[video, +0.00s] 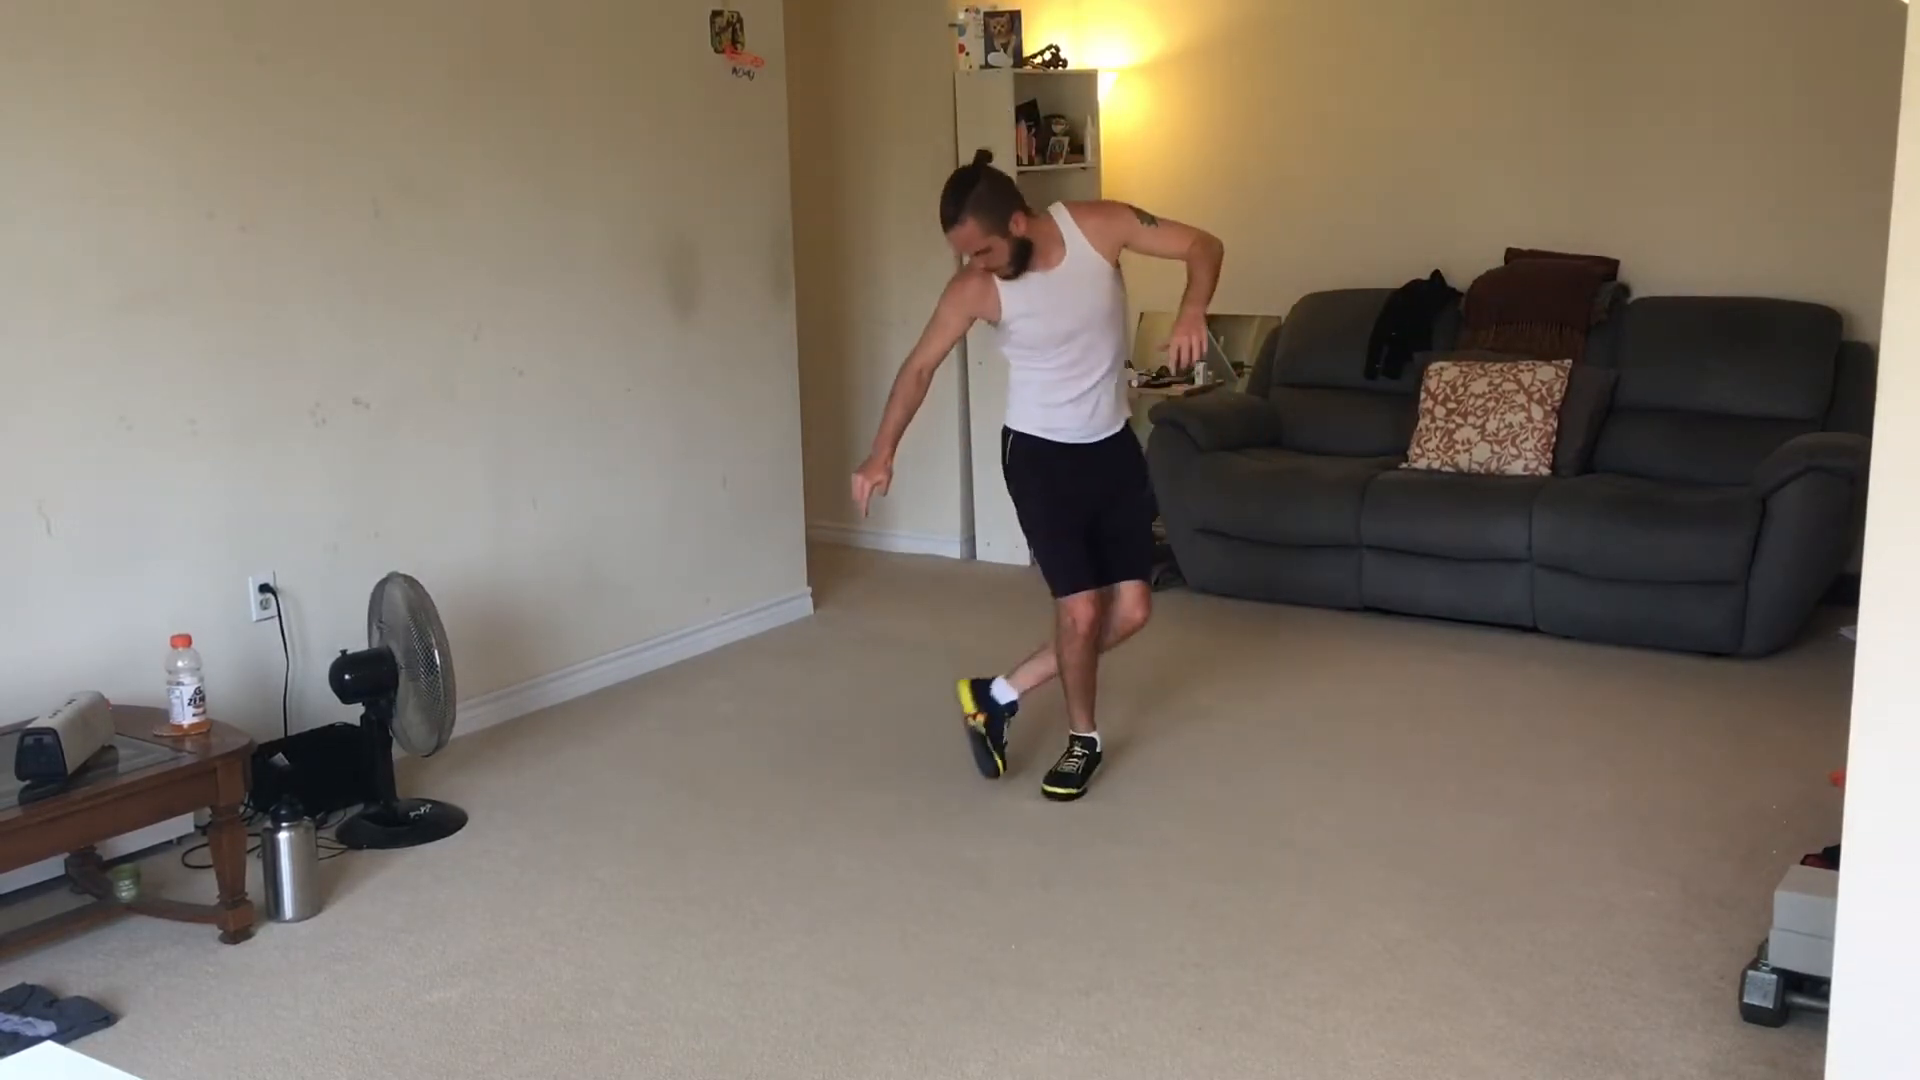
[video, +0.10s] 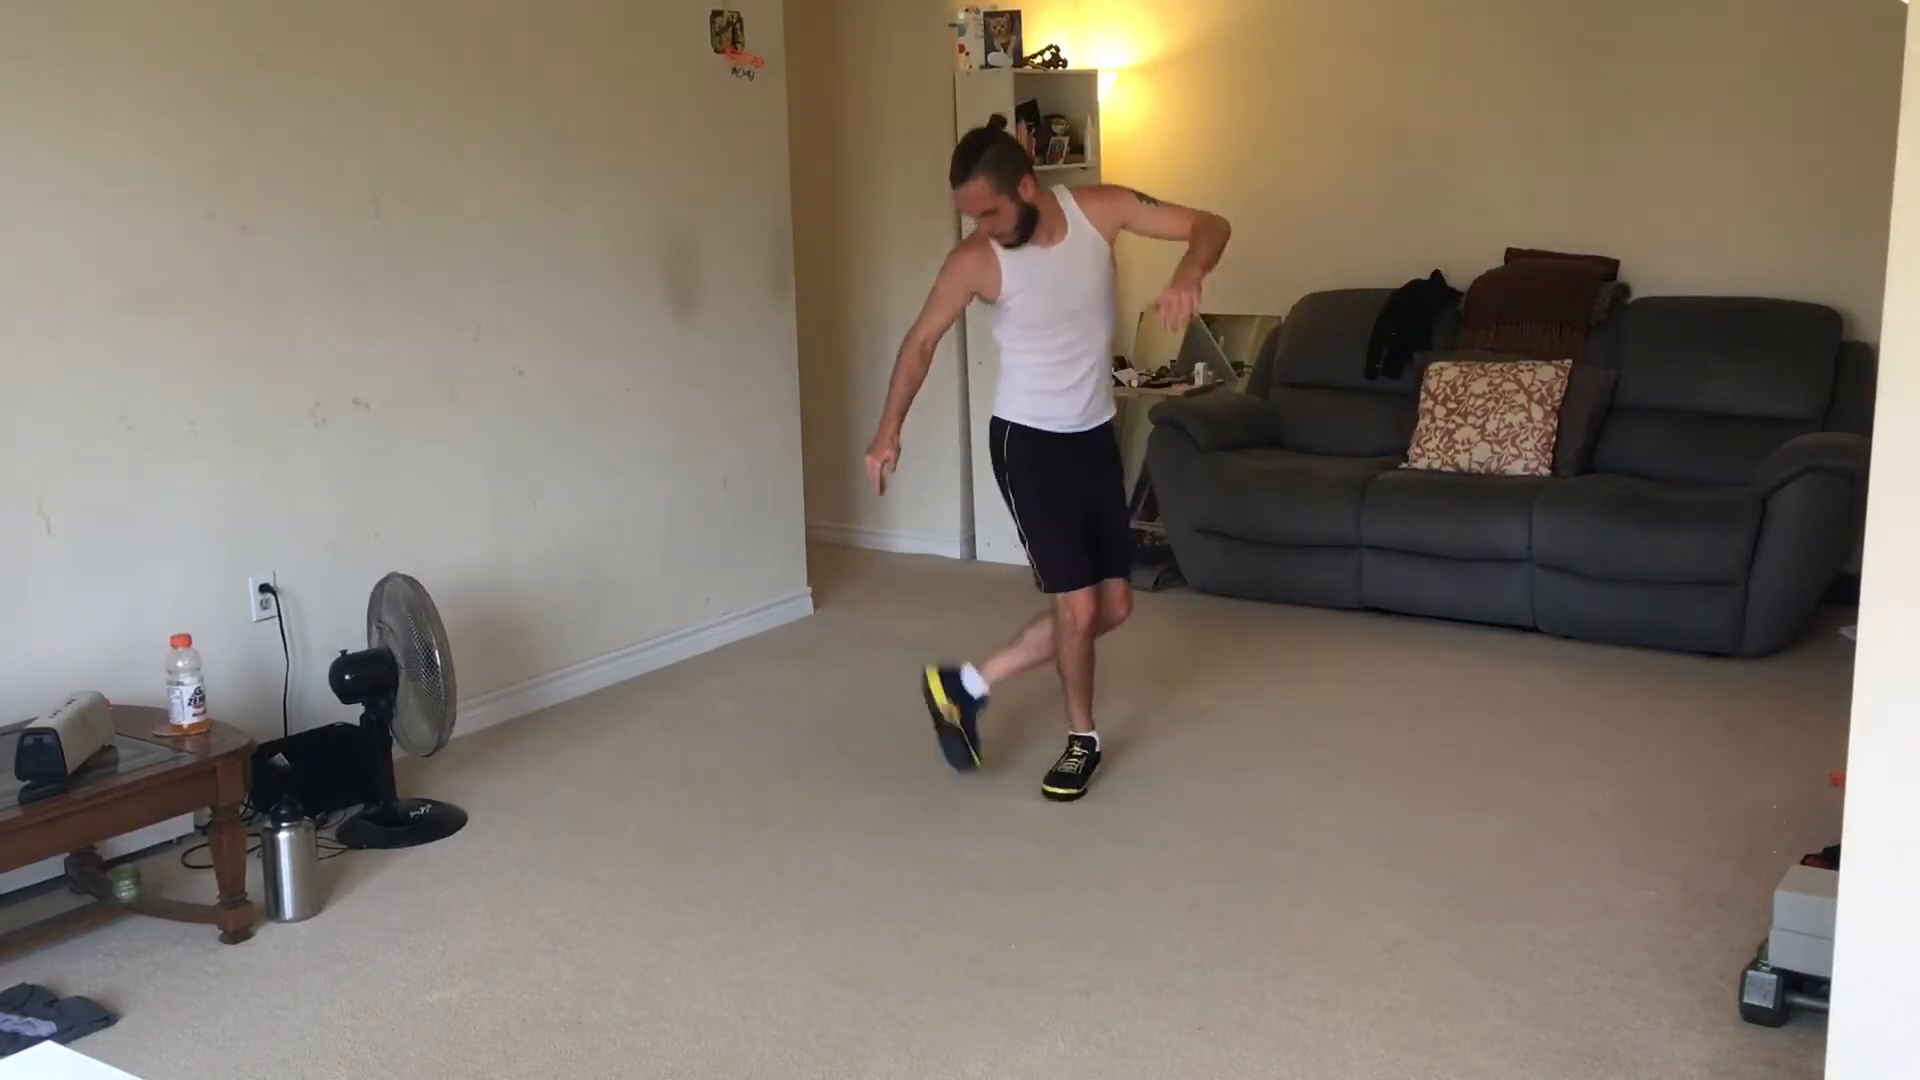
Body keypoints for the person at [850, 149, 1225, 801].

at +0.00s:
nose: (976, 266)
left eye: (983, 252)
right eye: (966, 256)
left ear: (1020, 221)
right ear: (959, 240)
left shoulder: (1097, 226)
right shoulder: (976, 288)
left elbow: (1204, 246)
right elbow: (918, 368)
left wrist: (1193, 308)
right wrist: (882, 451)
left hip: (1111, 444)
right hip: (1038, 453)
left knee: (1131, 609)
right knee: (1080, 609)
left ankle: (998, 694)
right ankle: (1083, 739)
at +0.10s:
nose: (982, 229)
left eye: (990, 214)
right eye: (972, 218)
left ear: (1027, 185)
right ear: (965, 202)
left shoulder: (1100, 208)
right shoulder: (975, 262)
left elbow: (1211, 227)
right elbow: (920, 343)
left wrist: (1188, 275)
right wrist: (889, 429)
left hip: (1095, 433)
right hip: (1027, 439)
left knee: (1112, 606)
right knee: (1076, 607)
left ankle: (968, 683)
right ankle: (1082, 737)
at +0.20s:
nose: (978, 186)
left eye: (988, 170)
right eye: (968, 173)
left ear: (1027, 148)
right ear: (961, 162)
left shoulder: (1089, 183)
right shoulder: (963, 225)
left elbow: (1205, 184)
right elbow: (915, 311)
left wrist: (1191, 210)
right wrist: (889, 394)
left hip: (1075, 420)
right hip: (1009, 424)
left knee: (1124, 574)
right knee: (1058, 587)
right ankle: (1075, 735)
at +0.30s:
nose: (958, 162)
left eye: (968, 146)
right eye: (948, 150)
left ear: (1007, 123)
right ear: (944, 140)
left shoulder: (1074, 162)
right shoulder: (946, 204)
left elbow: (1182, 156)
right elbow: (896, 282)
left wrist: (1258, 146)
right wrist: (861, 364)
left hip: (1076, 394)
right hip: (998, 405)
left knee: (1110, 559)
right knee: (1027, 571)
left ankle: (1022, 524)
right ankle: (1021, 721)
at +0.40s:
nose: (929, 191)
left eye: (932, 174)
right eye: (916, 182)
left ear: (966, 143)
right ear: (911, 173)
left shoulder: (1050, 171)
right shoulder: (928, 234)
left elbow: (1164, 170)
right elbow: (859, 310)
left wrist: (1262, 181)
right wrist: (811, 365)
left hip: (1080, 402)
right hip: (993, 412)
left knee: (1091, 583)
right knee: (969, 580)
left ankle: (1034, 550)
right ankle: (951, 700)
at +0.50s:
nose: (898, 274)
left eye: (897, 260)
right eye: (888, 267)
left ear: (924, 226)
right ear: (892, 255)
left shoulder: (1029, 238)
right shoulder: (920, 292)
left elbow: (1129, 251)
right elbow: (851, 348)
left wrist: (1209, 274)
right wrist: (813, 357)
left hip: (1073, 445)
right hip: (992, 448)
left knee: (1053, 625)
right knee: (937, 596)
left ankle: (1082, 612)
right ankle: (922, 712)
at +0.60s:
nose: (942, 348)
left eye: (943, 338)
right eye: (932, 342)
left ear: (965, 305)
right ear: (921, 321)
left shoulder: (1047, 289)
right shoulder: (932, 315)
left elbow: (1150, 314)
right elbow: (850, 362)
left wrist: (1225, 385)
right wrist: (800, 386)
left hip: (1071, 463)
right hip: (993, 460)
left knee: (1055, 623)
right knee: (921, 595)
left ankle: (1119, 687)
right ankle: (922, 713)